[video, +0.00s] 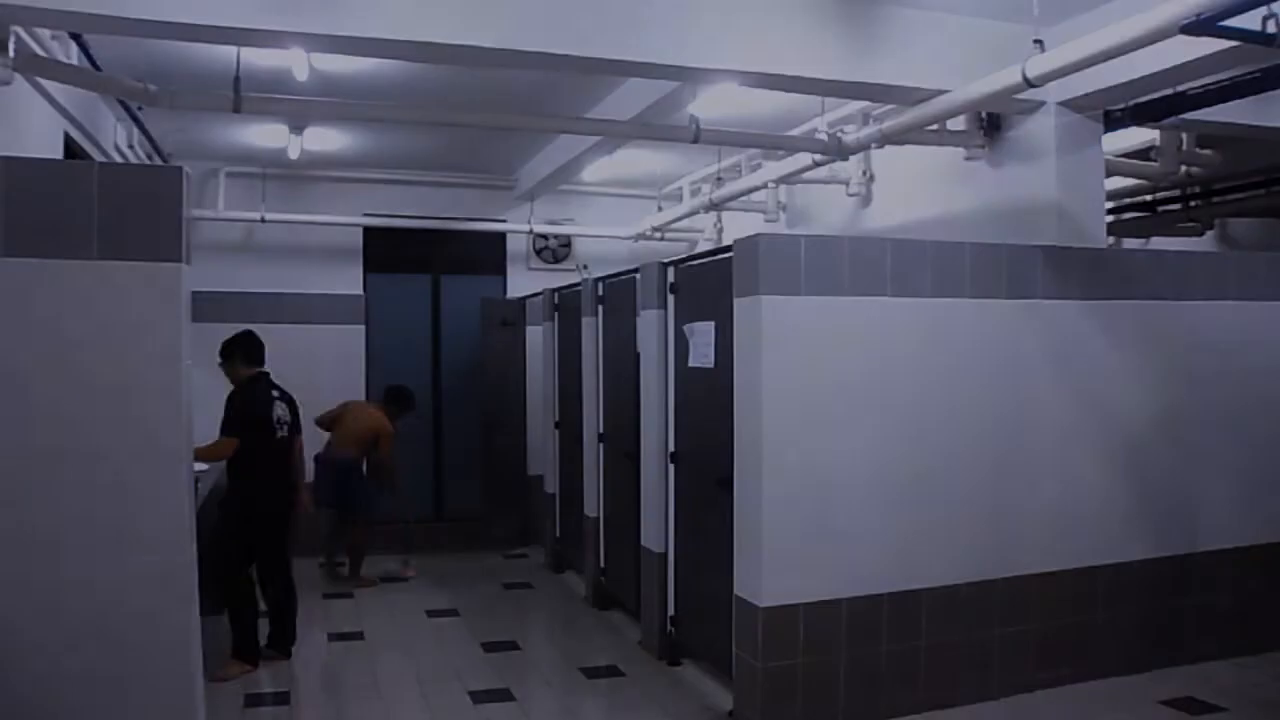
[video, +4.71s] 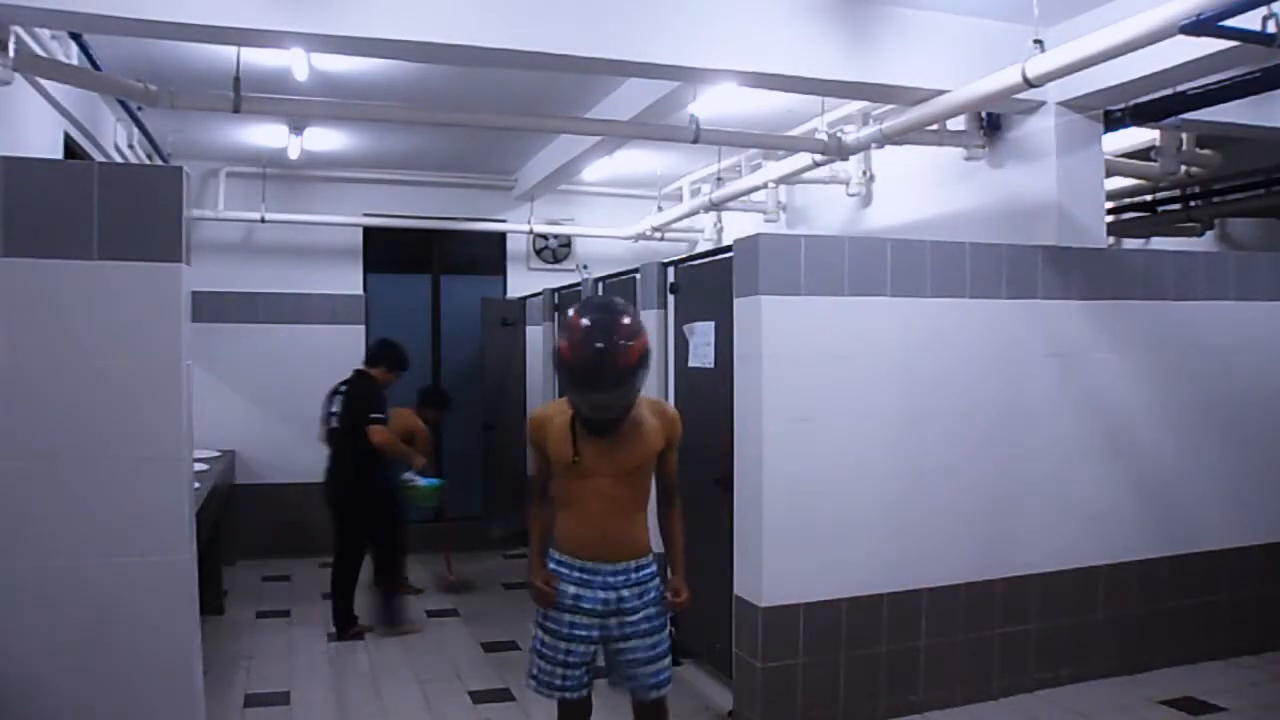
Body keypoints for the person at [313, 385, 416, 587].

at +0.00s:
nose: (402, 417)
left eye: (404, 412)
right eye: (403, 412)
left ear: (385, 399)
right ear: (398, 409)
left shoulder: (354, 407)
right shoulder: (383, 427)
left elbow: (322, 421)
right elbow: (380, 462)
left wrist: (345, 430)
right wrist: (386, 485)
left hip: (325, 466)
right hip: (349, 470)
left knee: (335, 518)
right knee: (359, 521)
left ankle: (330, 563)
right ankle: (354, 574)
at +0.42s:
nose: (405, 425)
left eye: (409, 420)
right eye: (407, 419)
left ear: (392, 406)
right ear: (401, 414)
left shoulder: (368, 415)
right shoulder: (385, 429)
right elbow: (384, 465)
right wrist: (396, 493)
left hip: (333, 466)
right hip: (348, 470)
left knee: (353, 519)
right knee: (359, 520)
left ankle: (358, 565)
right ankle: (355, 573)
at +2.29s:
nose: (419, 422)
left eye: (422, 418)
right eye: (420, 417)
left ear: (407, 406)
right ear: (411, 411)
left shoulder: (388, 416)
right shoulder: (389, 426)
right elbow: (384, 464)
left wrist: (398, 443)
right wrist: (399, 491)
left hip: (363, 466)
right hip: (355, 468)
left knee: (377, 519)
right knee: (367, 522)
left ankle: (376, 567)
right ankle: (364, 575)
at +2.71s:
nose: (435, 423)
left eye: (437, 419)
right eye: (435, 418)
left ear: (422, 408)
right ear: (427, 412)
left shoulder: (401, 417)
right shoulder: (411, 429)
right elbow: (404, 465)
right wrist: (419, 493)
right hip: (372, 468)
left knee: (387, 520)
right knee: (376, 522)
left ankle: (390, 569)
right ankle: (364, 576)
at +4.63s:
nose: (440, 418)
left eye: (442, 414)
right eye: (439, 413)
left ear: (423, 404)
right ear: (432, 410)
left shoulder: (399, 414)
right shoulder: (419, 428)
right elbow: (422, 461)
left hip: (373, 467)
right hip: (386, 473)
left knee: (387, 527)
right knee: (393, 528)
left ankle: (390, 574)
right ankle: (392, 578)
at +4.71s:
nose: (438, 418)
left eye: (440, 412)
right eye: (438, 412)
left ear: (421, 403)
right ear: (431, 409)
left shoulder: (396, 413)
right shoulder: (419, 429)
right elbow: (424, 465)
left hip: (372, 471)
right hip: (388, 479)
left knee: (383, 529)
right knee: (395, 530)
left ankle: (383, 576)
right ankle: (396, 579)